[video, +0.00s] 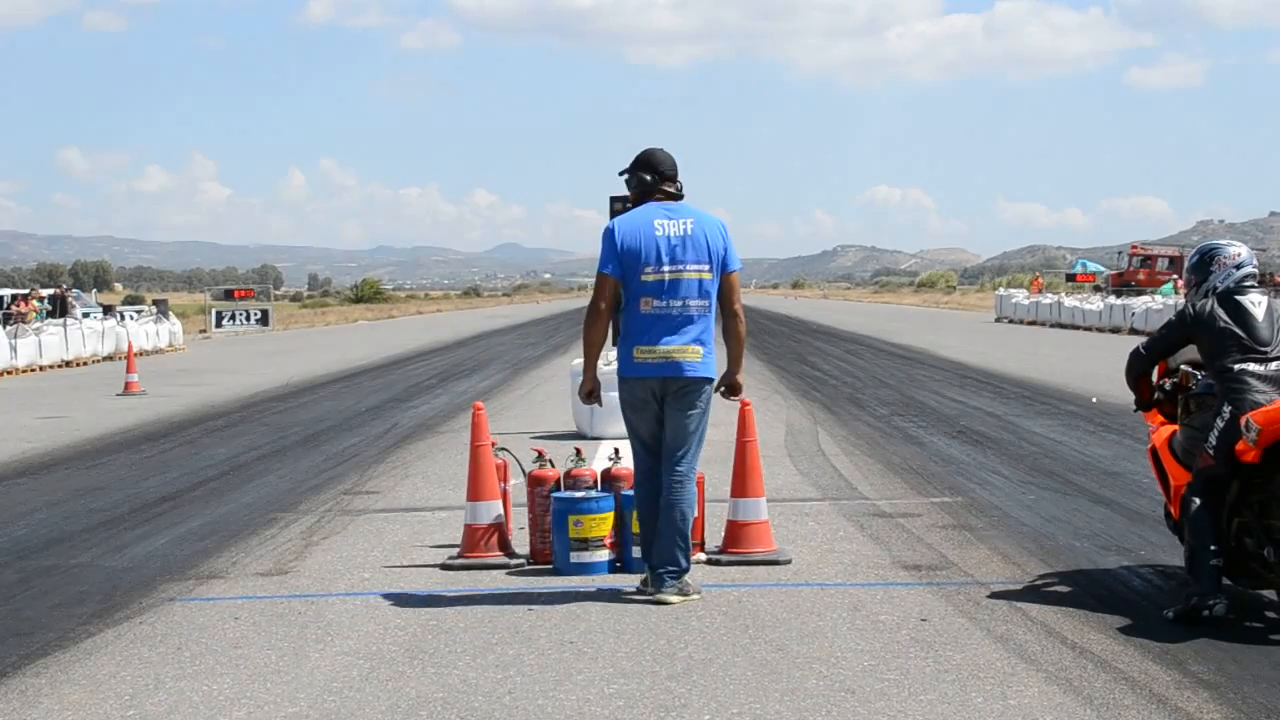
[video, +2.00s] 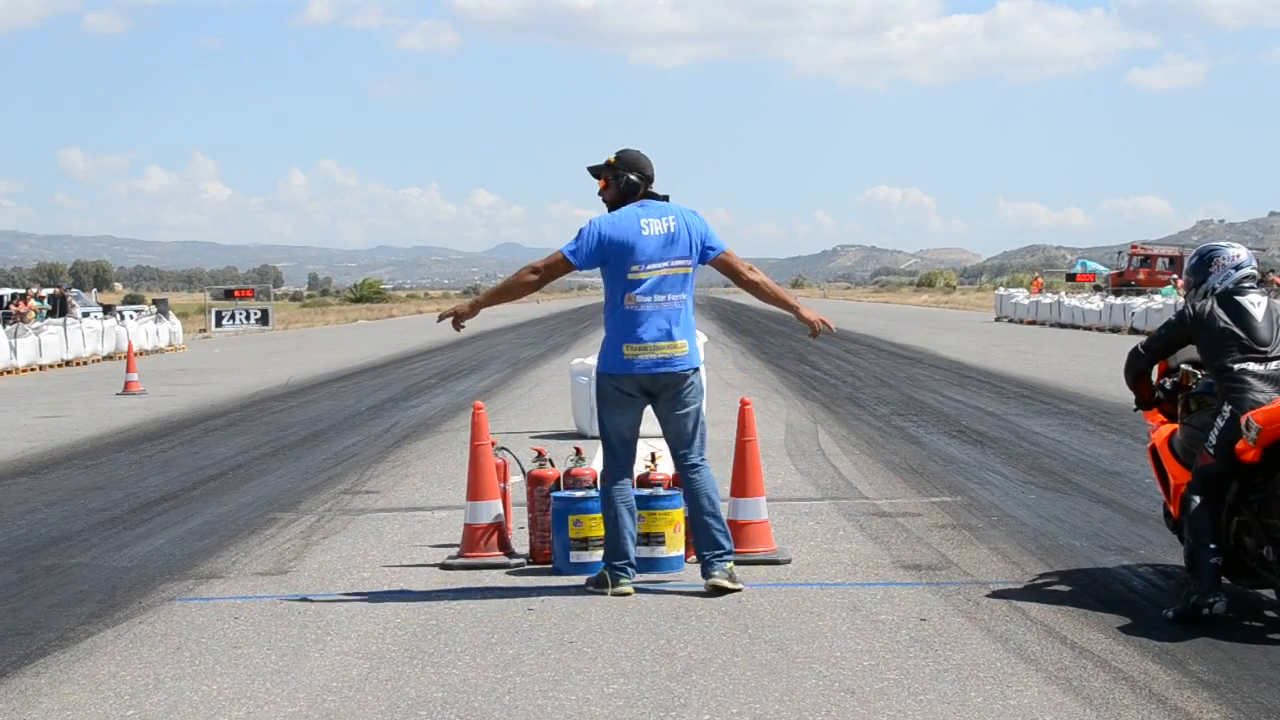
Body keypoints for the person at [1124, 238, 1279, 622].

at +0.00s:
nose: (1188, 287)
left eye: (1191, 279)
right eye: (1188, 280)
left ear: (1206, 276)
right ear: (1244, 268)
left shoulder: (1201, 310)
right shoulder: (1271, 302)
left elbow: (1140, 358)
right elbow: (1258, 352)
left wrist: (1147, 397)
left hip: (1244, 406)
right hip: (1279, 401)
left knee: (1199, 493)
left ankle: (1206, 594)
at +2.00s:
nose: (1187, 288)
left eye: (1191, 280)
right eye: (1188, 281)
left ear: (1206, 276)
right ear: (1245, 268)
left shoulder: (1200, 309)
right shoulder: (1273, 303)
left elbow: (1139, 357)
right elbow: (1260, 353)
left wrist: (1148, 397)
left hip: (1244, 404)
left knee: (1199, 494)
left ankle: (1206, 592)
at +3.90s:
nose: (1163, 283)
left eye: (1164, 277)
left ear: (1169, 278)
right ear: (1213, 276)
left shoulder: (1158, 312)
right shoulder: (1238, 310)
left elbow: (1101, 354)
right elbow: (1271, 344)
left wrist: (1109, 380)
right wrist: (1253, 370)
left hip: (1199, 399)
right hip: (1251, 391)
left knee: (1158, 477)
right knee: (1267, 464)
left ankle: (1164, 559)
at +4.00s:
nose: (1162, 286)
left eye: (1164, 280)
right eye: (1163, 280)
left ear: (1172, 279)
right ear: (1212, 276)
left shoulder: (1162, 311)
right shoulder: (1241, 311)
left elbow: (1107, 351)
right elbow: (1250, 350)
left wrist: (1111, 380)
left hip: (1199, 402)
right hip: (1244, 400)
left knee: (1149, 478)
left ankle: (1165, 546)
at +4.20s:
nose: (1160, 289)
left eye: (1160, 282)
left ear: (1166, 282)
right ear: (1198, 280)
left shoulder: (1157, 314)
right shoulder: (1222, 312)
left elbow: (1104, 353)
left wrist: (1116, 386)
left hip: (1169, 425)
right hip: (1223, 419)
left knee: (1144, 482)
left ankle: (1155, 559)